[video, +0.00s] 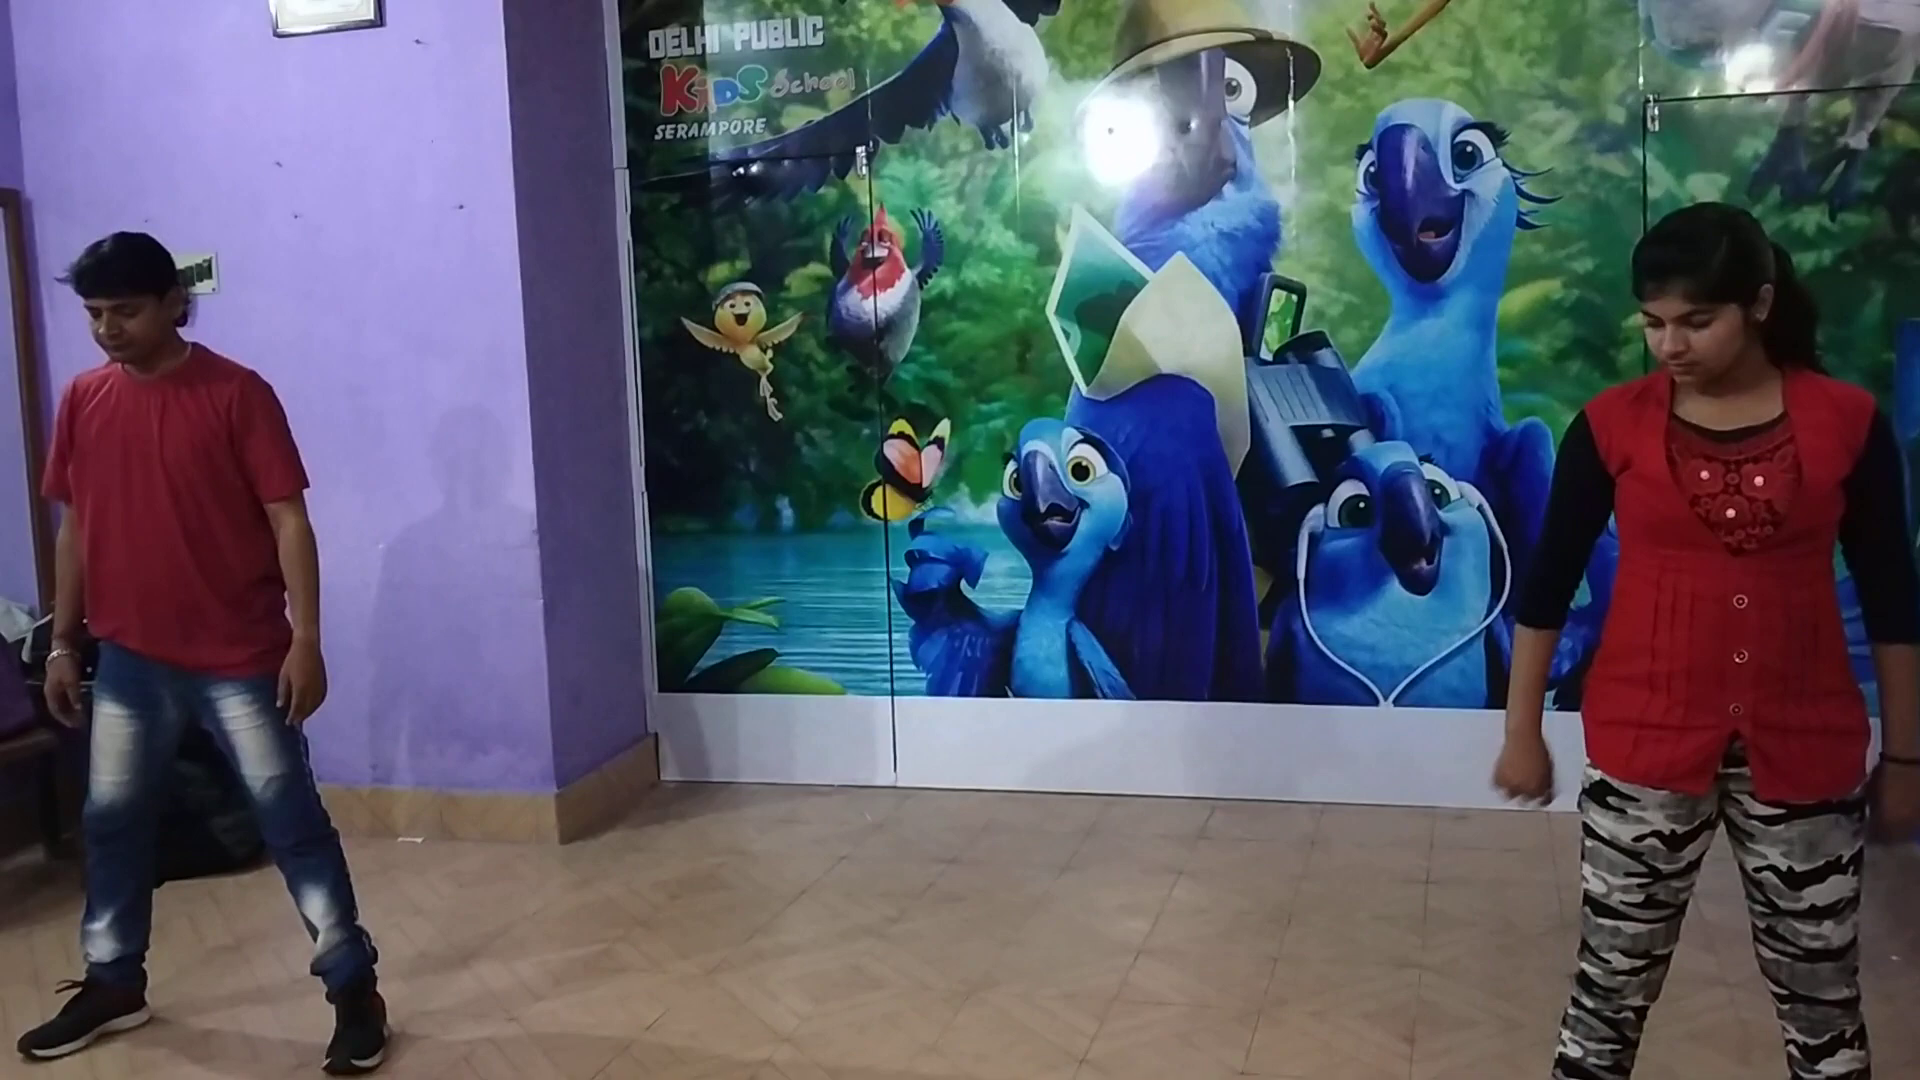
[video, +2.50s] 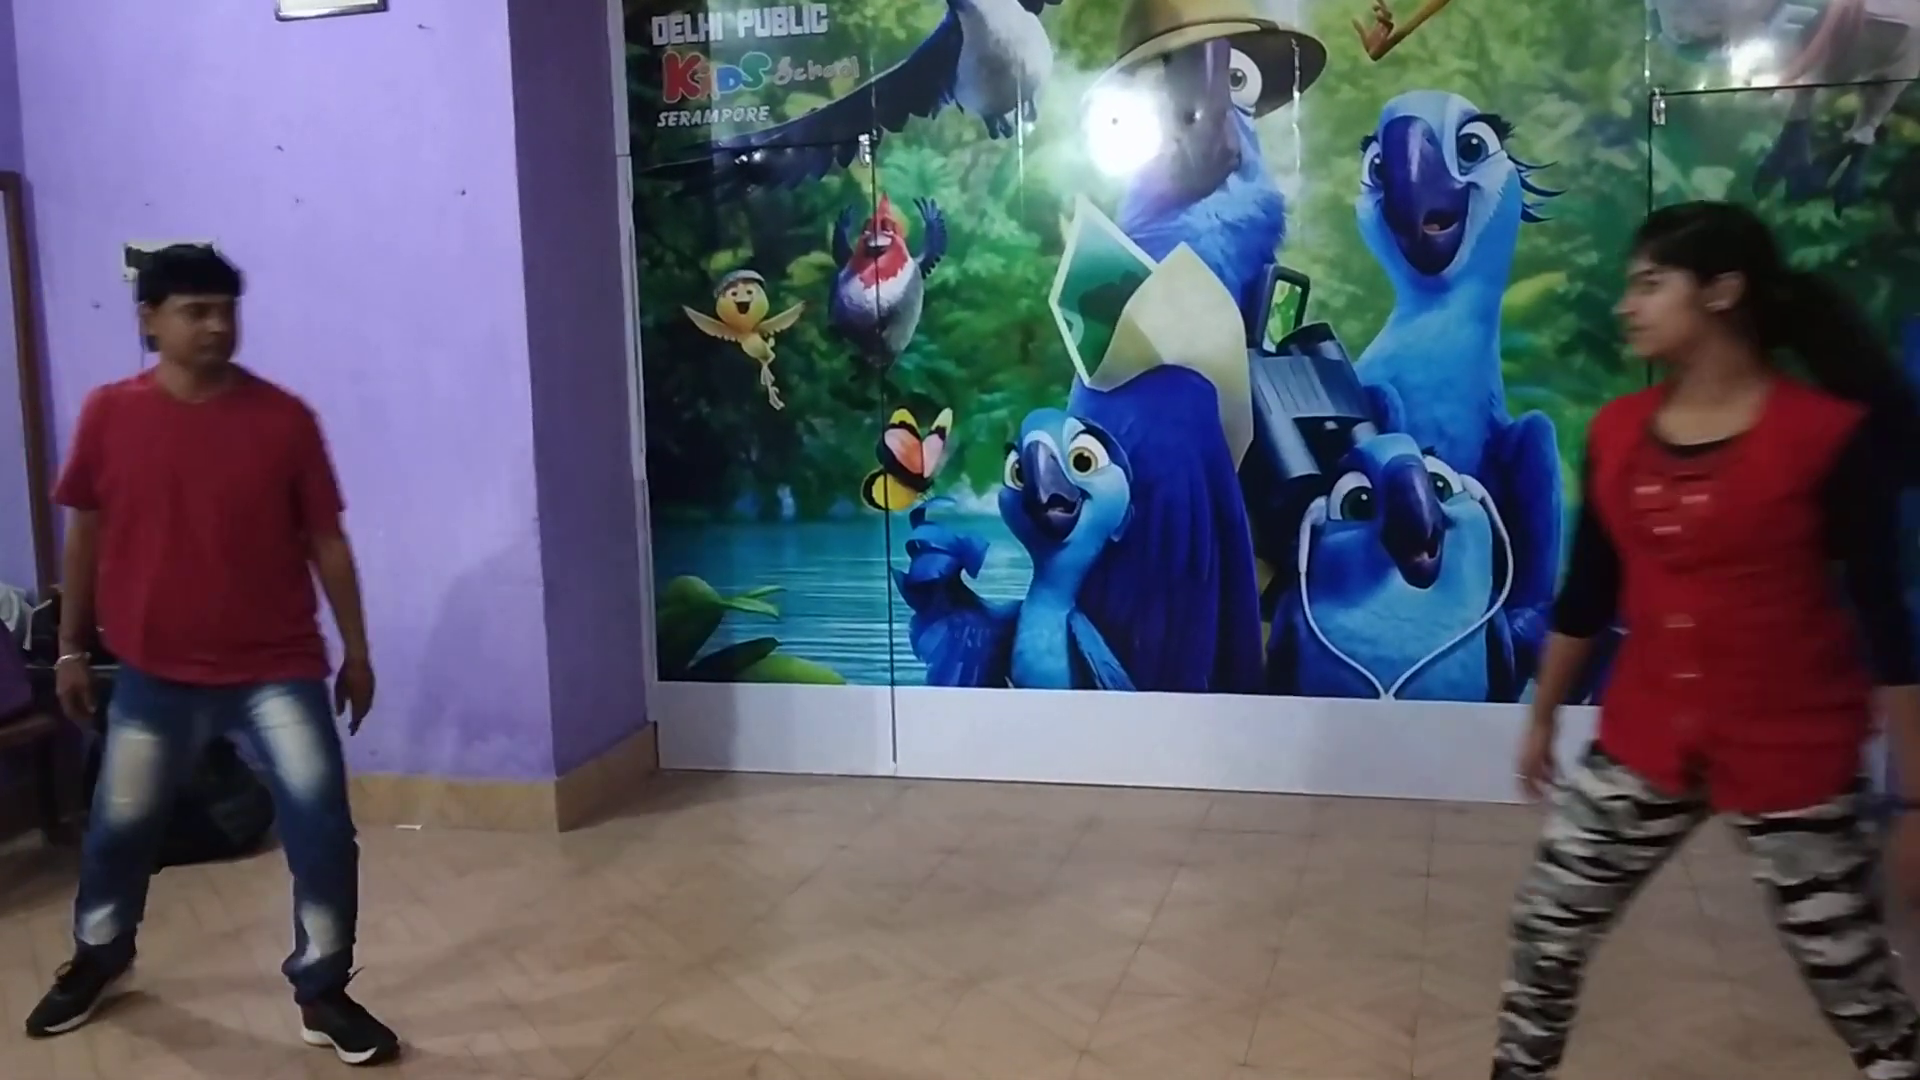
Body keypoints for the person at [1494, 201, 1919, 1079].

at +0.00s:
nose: (1671, 345)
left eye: (1694, 321)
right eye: (1655, 321)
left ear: (1756, 308)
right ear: (1639, 313)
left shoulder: (1845, 424)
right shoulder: (1612, 424)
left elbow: (1891, 595)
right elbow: (1548, 578)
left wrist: (1902, 756)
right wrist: (1521, 730)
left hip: (1802, 748)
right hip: (1645, 746)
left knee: (1821, 1002)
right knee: (1610, 991)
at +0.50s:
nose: (1669, 331)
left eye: (1695, 309)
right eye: (1656, 309)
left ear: (1761, 301)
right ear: (1644, 306)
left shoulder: (1848, 422)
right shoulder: (1611, 424)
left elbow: (1881, 598)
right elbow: (1576, 597)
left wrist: (1901, 753)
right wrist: (1570, 744)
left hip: (1803, 749)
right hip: (1646, 748)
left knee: (1822, 998)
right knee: (1606, 992)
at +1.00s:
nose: (1705, 342)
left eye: (1728, 319)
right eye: (1688, 321)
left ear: (1793, 307)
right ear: (1671, 316)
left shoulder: (1867, 430)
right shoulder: (1633, 425)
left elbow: (1903, 607)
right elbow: (1590, 598)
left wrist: (1914, 740)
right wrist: (1565, 754)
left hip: (1810, 747)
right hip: (1651, 743)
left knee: (1832, 998)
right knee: (1589, 987)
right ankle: (1560, 1071)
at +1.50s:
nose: (1469, 475)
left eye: (1498, 455)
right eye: (1458, 453)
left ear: (1555, 473)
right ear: (1445, 465)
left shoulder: (1648, 556)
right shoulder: (1426, 622)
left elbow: (1756, 689)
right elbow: (1373, 781)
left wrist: (1841, 828)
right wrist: (1315, 931)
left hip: (1711, 820)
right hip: (1553, 841)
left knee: (1873, 1009)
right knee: (1447, 1025)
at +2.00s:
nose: (1648, 342)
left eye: (1666, 314)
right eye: (1642, 322)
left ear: (1746, 306)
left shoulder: (1887, 414)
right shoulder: (1657, 457)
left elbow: (1919, 555)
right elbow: (1621, 626)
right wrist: (1581, 785)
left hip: (1865, 727)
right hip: (1707, 729)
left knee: (1905, 975)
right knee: (1595, 942)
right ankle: (1529, 1070)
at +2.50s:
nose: (1626, 306)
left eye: (1648, 284)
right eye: (1629, 286)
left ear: (1721, 293)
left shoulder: (1831, 437)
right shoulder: (1619, 432)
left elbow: (1889, 624)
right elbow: (1589, 587)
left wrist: (1911, 802)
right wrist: (1541, 713)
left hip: (1793, 753)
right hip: (1645, 743)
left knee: (1855, 992)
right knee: (1546, 933)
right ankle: (1517, 1071)